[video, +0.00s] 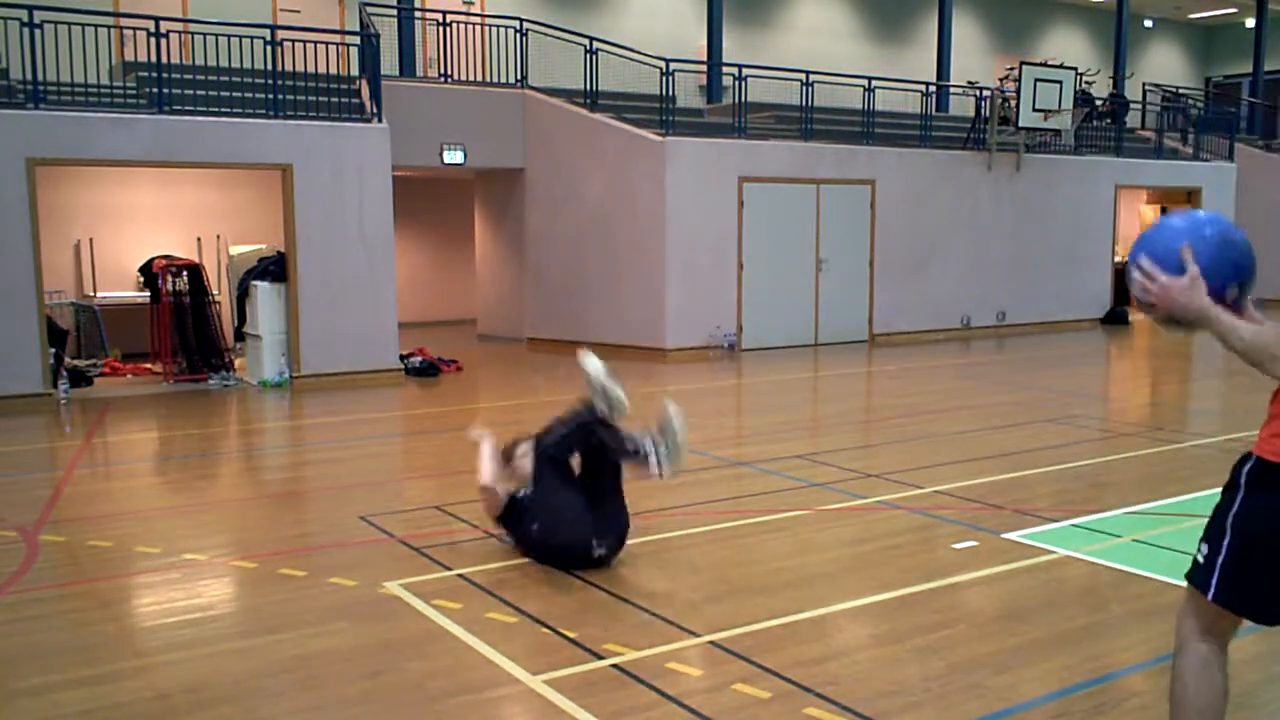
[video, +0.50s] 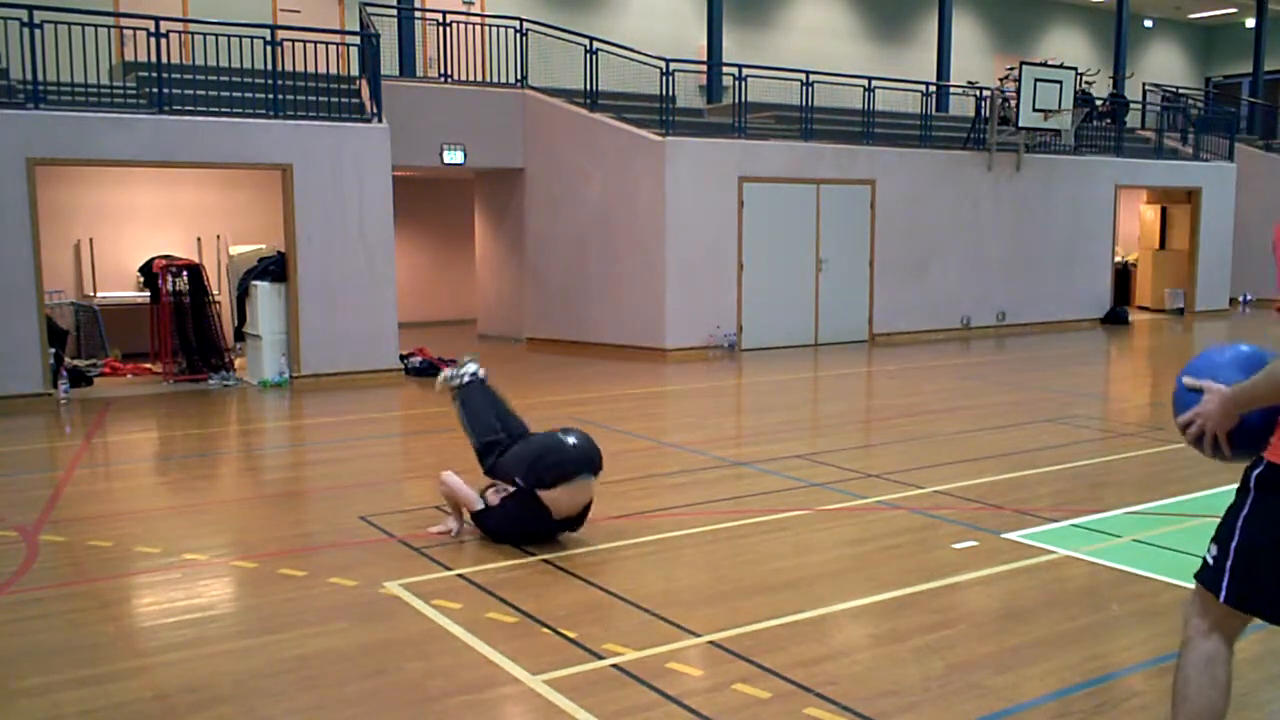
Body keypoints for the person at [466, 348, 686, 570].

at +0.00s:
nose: (533, 458)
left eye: (531, 453)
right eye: (525, 455)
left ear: (538, 458)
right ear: (510, 469)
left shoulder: (565, 487)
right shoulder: (512, 508)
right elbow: (487, 486)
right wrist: (486, 443)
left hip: (607, 540)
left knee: (595, 441)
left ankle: (655, 452)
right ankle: (596, 408)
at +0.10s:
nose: (518, 470)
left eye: (517, 467)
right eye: (509, 469)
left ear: (526, 471)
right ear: (496, 487)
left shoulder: (545, 485)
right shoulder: (502, 518)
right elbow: (478, 497)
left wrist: (561, 465)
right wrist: (463, 480)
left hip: (604, 519)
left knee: (577, 436)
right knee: (530, 445)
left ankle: (612, 370)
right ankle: (557, 364)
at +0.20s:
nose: (512, 475)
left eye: (511, 472)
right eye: (502, 475)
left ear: (518, 475)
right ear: (491, 493)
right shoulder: (495, 516)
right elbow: (453, 477)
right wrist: (447, 502)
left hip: (603, 509)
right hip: (565, 521)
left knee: (564, 436)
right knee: (523, 448)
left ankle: (564, 341)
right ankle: (521, 353)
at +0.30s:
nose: (506, 481)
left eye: (506, 478)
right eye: (497, 482)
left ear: (514, 481)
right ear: (489, 498)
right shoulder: (494, 517)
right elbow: (449, 477)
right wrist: (449, 515)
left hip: (601, 492)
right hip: (558, 506)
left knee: (545, 435)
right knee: (512, 450)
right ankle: (503, 359)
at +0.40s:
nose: (506, 485)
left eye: (505, 482)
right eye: (496, 487)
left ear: (514, 484)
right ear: (488, 501)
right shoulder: (492, 519)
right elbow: (448, 477)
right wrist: (456, 517)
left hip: (595, 468)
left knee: (532, 439)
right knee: (502, 454)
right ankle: (484, 369)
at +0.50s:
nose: (500, 489)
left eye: (499, 487)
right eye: (493, 493)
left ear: (506, 487)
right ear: (488, 507)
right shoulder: (495, 522)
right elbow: (447, 478)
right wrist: (456, 519)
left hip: (588, 454)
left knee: (523, 451)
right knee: (493, 460)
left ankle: (477, 381)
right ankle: (467, 383)